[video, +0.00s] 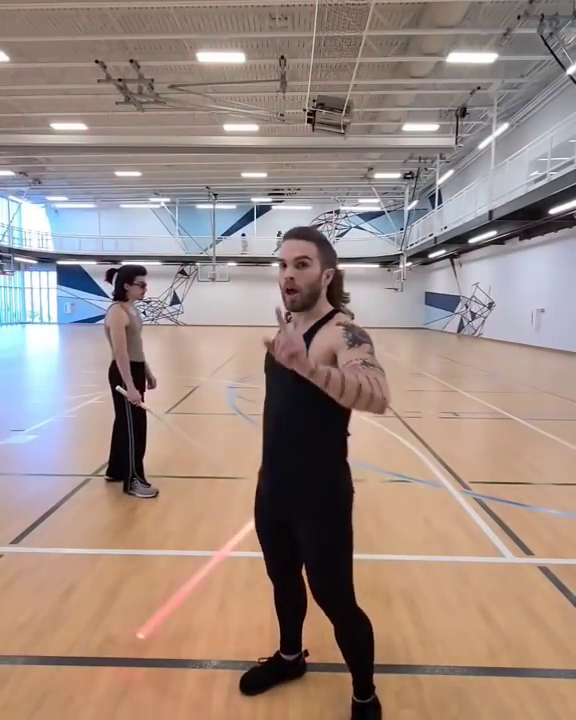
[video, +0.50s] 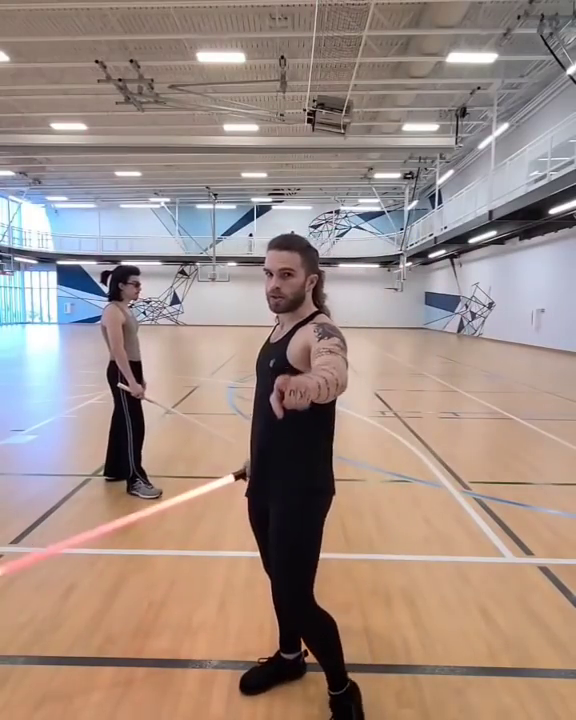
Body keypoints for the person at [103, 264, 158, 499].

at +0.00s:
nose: (144, 289)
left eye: (145, 285)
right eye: (140, 285)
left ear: (133, 287)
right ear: (126, 285)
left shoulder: (131, 309)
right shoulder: (117, 313)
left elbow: (135, 347)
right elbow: (120, 354)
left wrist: (147, 372)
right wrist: (130, 387)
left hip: (134, 370)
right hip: (125, 373)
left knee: (125, 424)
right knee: (136, 426)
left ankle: (116, 469)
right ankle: (133, 479)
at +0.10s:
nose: (143, 289)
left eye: (144, 285)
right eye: (139, 285)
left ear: (132, 287)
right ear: (125, 286)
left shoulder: (130, 309)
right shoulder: (115, 313)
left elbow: (135, 345)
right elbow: (119, 352)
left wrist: (148, 372)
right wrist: (130, 385)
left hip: (133, 369)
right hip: (123, 372)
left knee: (123, 422)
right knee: (137, 424)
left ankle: (115, 468)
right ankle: (133, 479)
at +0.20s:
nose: (142, 290)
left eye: (142, 286)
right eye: (137, 285)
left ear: (132, 288)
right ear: (123, 286)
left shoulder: (129, 310)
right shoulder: (114, 312)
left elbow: (134, 346)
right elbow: (118, 352)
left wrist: (147, 372)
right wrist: (131, 383)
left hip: (132, 369)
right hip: (121, 372)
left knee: (122, 421)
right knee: (140, 423)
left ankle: (114, 468)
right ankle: (135, 479)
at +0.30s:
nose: (140, 289)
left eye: (141, 285)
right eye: (136, 285)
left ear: (132, 288)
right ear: (122, 286)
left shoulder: (128, 310)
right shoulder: (113, 312)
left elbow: (133, 346)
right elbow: (117, 351)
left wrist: (144, 372)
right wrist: (131, 382)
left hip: (131, 369)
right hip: (120, 371)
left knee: (122, 420)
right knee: (140, 420)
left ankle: (114, 468)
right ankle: (136, 477)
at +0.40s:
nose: (139, 290)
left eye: (140, 285)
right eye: (135, 285)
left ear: (131, 288)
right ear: (121, 286)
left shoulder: (127, 310)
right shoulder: (112, 312)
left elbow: (132, 347)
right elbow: (117, 351)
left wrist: (141, 374)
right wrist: (131, 382)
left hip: (131, 369)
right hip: (120, 372)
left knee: (122, 422)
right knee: (137, 424)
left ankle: (114, 468)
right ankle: (137, 480)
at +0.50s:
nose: (138, 289)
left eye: (139, 285)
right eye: (134, 285)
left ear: (129, 287)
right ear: (120, 286)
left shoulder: (124, 310)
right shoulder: (113, 312)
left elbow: (130, 347)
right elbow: (118, 350)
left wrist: (139, 378)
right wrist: (131, 381)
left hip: (132, 368)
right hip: (123, 371)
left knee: (123, 422)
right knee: (135, 425)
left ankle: (115, 468)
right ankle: (135, 479)